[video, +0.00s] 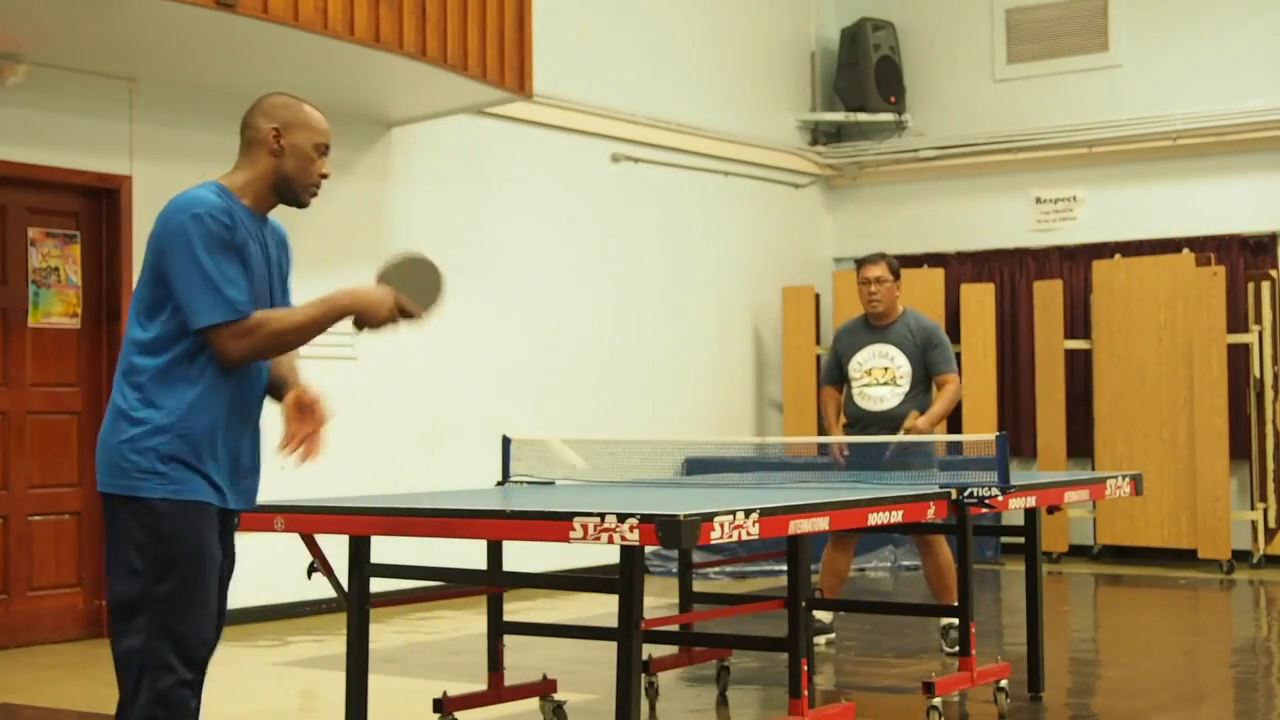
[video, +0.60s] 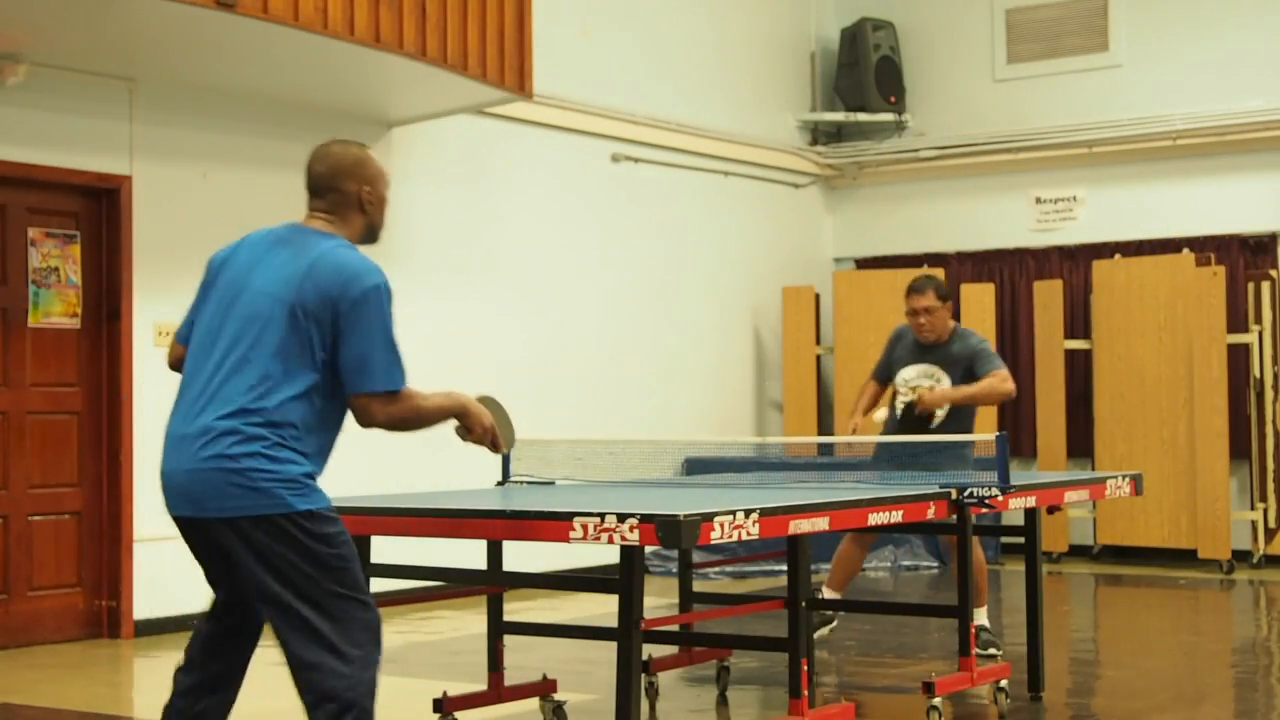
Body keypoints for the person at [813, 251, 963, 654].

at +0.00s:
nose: (872, 290)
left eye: (880, 282)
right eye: (865, 283)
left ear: (897, 286)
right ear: (857, 289)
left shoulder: (925, 331)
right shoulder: (846, 336)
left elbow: (950, 386)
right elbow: (830, 387)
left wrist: (928, 420)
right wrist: (833, 428)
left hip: (911, 455)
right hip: (858, 456)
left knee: (928, 533)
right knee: (842, 533)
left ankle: (951, 620)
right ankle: (822, 616)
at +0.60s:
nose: (920, 321)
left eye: (928, 312)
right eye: (913, 313)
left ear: (949, 309)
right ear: (906, 312)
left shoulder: (971, 346)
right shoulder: (902, 338)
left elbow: (1004, 385)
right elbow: (879, 380)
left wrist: (946, 397)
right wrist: (860, 412)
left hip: (946, 468)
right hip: (894, 465)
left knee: (962, 538)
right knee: (861, 531)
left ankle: (980, 624)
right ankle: (824, 606)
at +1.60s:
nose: (892, 319)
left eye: (899, 310)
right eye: (886, 313)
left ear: (921, 307)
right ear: (882, 314)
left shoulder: (947, 337)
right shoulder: (889, 346)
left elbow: (965, 372)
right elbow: (869, 390)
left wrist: (914, 374)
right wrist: (852, 399)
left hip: (945, 454)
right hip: (898, 455)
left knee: (956, 535)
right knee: (870, 533)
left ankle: (988, 624)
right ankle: (866, 617)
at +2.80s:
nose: (931, 295)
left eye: (940, 288)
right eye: (925, 289)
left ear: (960, 291)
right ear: (919, 293)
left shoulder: (981, 335)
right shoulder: (916, 335)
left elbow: (987, 384)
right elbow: (896, 382)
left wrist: (956, 406)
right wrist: (890, 402)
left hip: (968, 451)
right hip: (920, 449)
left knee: (979, 532)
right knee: (901, 527)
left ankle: (1003, 618)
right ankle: (888, 611)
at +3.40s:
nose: (914, 309)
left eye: (921, 301)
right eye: (908, 303)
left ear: (943, 300)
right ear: (904, 306)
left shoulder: (969, 333)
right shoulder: (910, 344)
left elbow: (987, 371)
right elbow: (894, 394)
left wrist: (930, 386)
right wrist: (880, 389)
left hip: (965, 452)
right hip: (917, 452)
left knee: (979, 532)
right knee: (892, 528)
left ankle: (1003, 620)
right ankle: (888, 614)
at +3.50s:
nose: (912, 300)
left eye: (919, 292)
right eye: (907, 294)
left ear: (941, 291)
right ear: (903, 298)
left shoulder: (965, 321)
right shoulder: (909, 335)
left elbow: (965, 346)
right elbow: (886, 386)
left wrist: (931, 343)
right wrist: (874, 369)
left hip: (964, 445)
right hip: (917, 445)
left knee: (977, 529)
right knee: (890, 521)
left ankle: (1003, 618)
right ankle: (884, 607)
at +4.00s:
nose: (908, 296)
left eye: (916, 288)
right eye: (901, 289)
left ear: (934, 291)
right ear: (895, 295)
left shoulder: (959, 333)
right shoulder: (888, 341)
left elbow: (984, 380)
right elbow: (866, 387)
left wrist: (951, 395)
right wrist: (872, 404)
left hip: (956, 448)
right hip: (905, 449)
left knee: (983, 525)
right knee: (890, 526)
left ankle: (1016, 613)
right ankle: (884, 612)